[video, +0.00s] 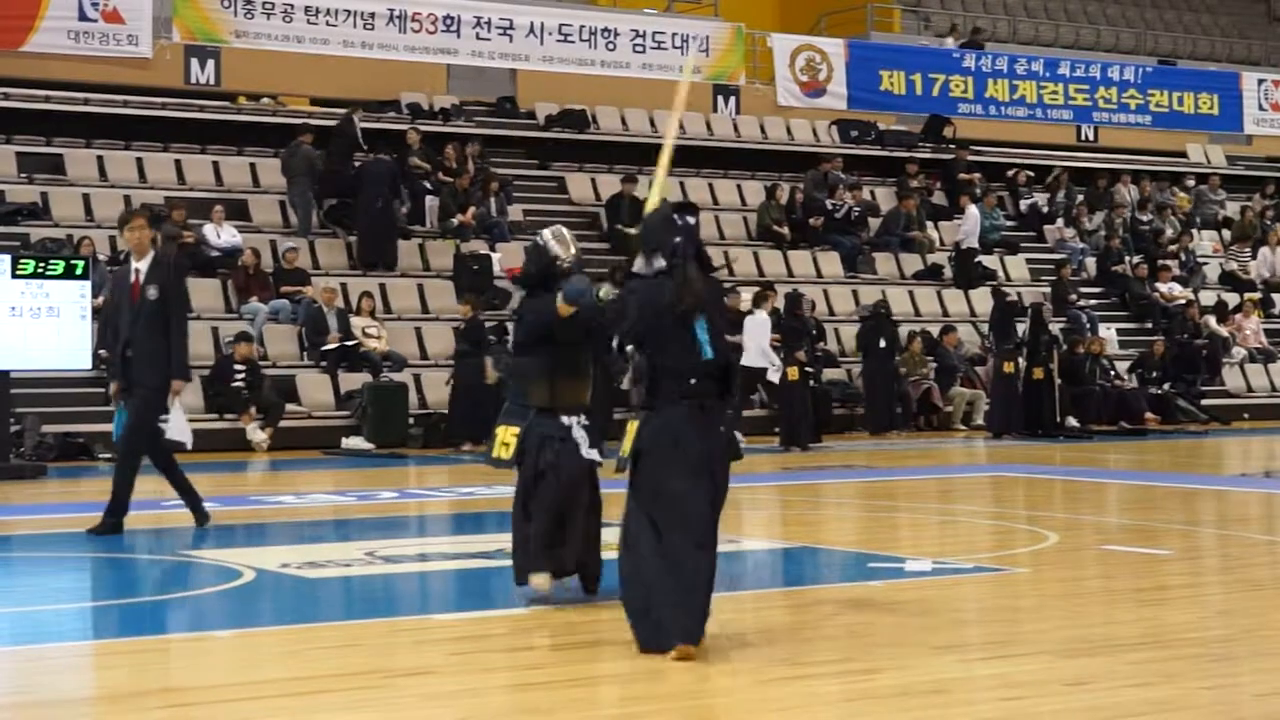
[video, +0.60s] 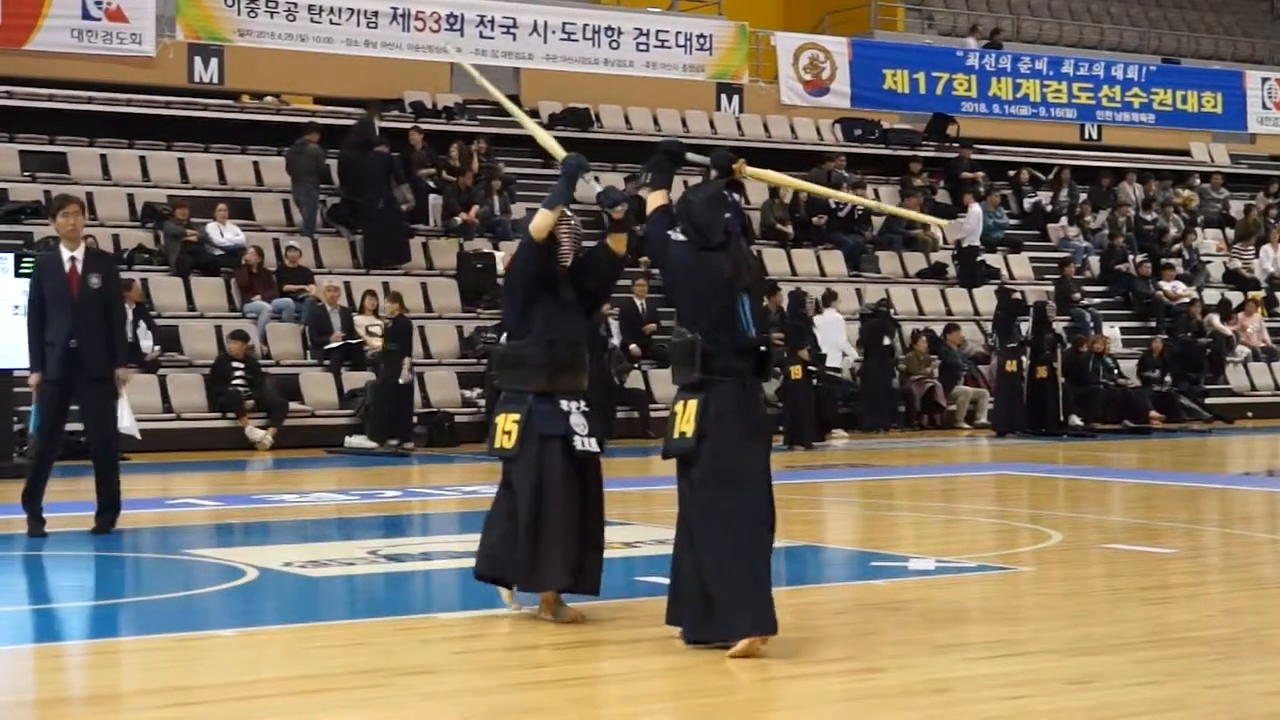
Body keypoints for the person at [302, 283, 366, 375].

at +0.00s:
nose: (329, 296)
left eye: (332, 293)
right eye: (326, 292)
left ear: (336, 296)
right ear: (321, 294)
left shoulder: (342, 312)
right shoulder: (313, 312)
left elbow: (349, 335)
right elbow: (311, 339)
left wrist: (340, 337)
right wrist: (326, 339)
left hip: (342, 344)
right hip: (322, 346)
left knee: (353, 350)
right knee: (334, 353)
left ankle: (354, 382)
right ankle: (334, 386)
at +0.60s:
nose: (332, 294)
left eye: (335, 291)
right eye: (329, 291)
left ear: (339, 294)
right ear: (324, 293)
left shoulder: (346, 311)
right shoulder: (316, 311)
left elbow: (352, 333)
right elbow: (314, 339)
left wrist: (343, 338)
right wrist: (330, 339)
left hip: (345, 344)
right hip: (324, 346)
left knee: (358, 347)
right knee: (337, 351)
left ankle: (358, 382)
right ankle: (337, 385)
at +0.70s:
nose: (332, 294)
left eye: (335, 291)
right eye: (329, 291)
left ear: (339, 294)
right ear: (324, 293)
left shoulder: (346, 311)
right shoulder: (316, 311)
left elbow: (352, 333)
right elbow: (314, 340)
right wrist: (330, 339)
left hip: (345, 345)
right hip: (323, 347)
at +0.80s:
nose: (333, 294)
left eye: (336, 291)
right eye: (329, 290)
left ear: (340, 294)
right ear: (324, 293)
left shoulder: (347, 311)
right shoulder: (316, 311)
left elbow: (352, 334)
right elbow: (315, 339)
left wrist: (343, 337)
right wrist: (330, 339)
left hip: (345, 345)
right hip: (325, 346)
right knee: (336, 354)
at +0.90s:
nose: (333, 294)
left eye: (337, 290)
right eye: (330, 290)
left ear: (341, 293)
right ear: (325, 292)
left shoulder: (345, 311)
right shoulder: (317, 311)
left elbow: (352, 332)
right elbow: (315, 339)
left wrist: (343, 337)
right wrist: (330, 339)